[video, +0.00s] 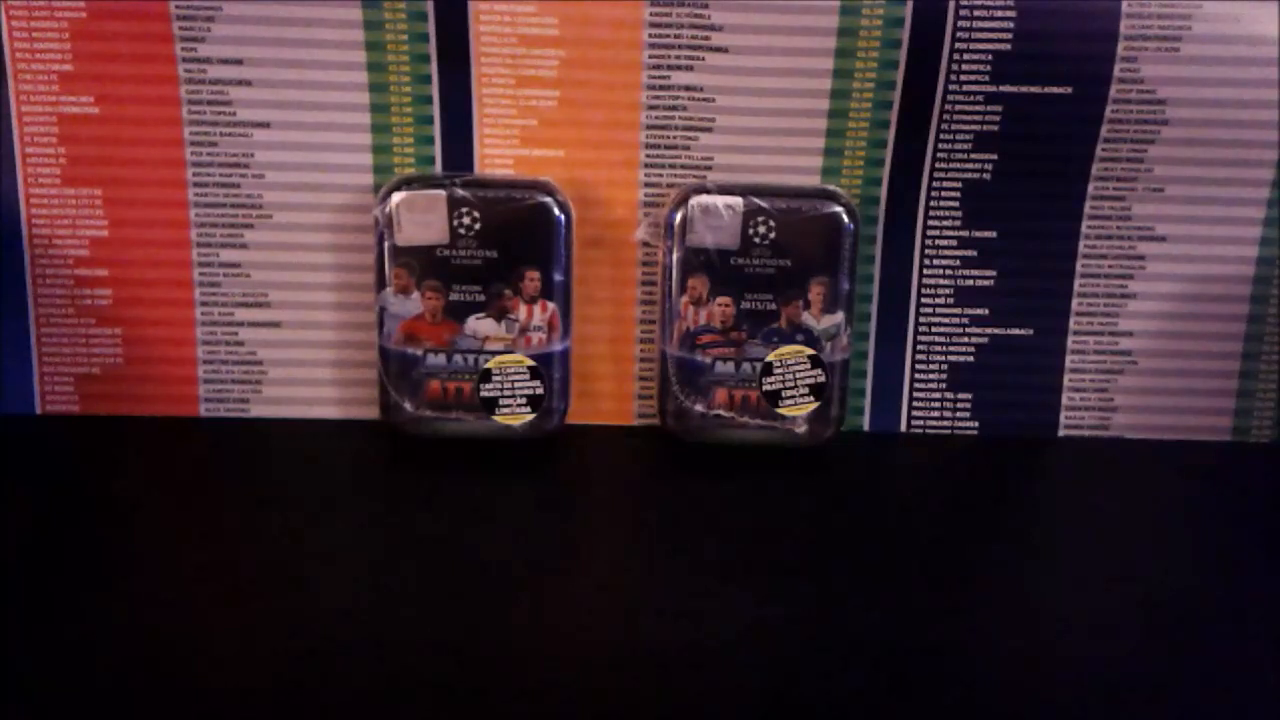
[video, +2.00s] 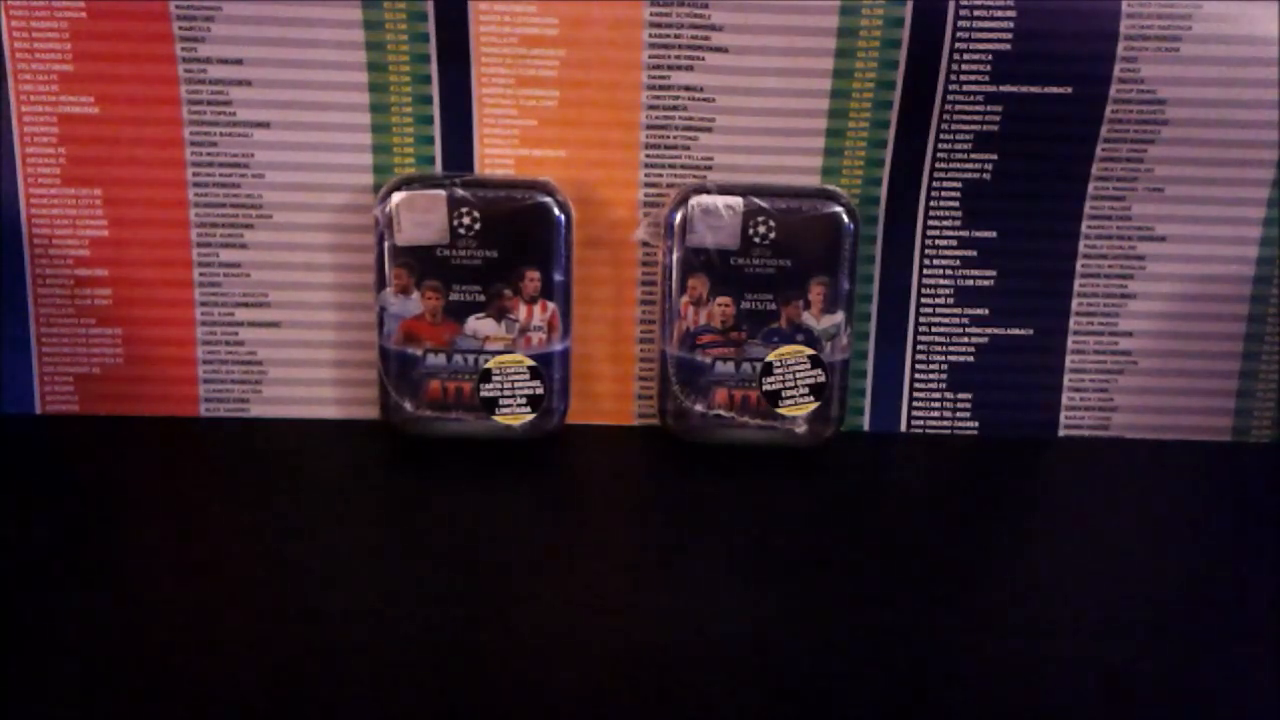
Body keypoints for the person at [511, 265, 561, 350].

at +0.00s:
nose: (536, 285)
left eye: (539, 280)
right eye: (531, 280)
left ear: (541, 283)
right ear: (521, 284)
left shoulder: (551, 308)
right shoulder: (512, 306)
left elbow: (556, 338)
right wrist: (520, 329)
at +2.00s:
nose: (536, 285)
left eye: (539, 281)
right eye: (531, 280)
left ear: (541, 283)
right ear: (521, 284)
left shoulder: (551, 308)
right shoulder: (512, 306)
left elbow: (556, 337)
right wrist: (521, 329)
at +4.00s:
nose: (536, 285)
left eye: (538, 281)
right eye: (531, 281)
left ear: (541, 283)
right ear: (521, 284)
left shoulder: (551, 308)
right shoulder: (511, 306)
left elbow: (556, 337)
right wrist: (520, 329)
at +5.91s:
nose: (536, 285)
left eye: (539, 281)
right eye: (531, 280)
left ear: (541, 283)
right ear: (521, 284)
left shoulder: (551, 308)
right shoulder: (512, 305)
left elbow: (556, 336)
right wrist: (520, 328)